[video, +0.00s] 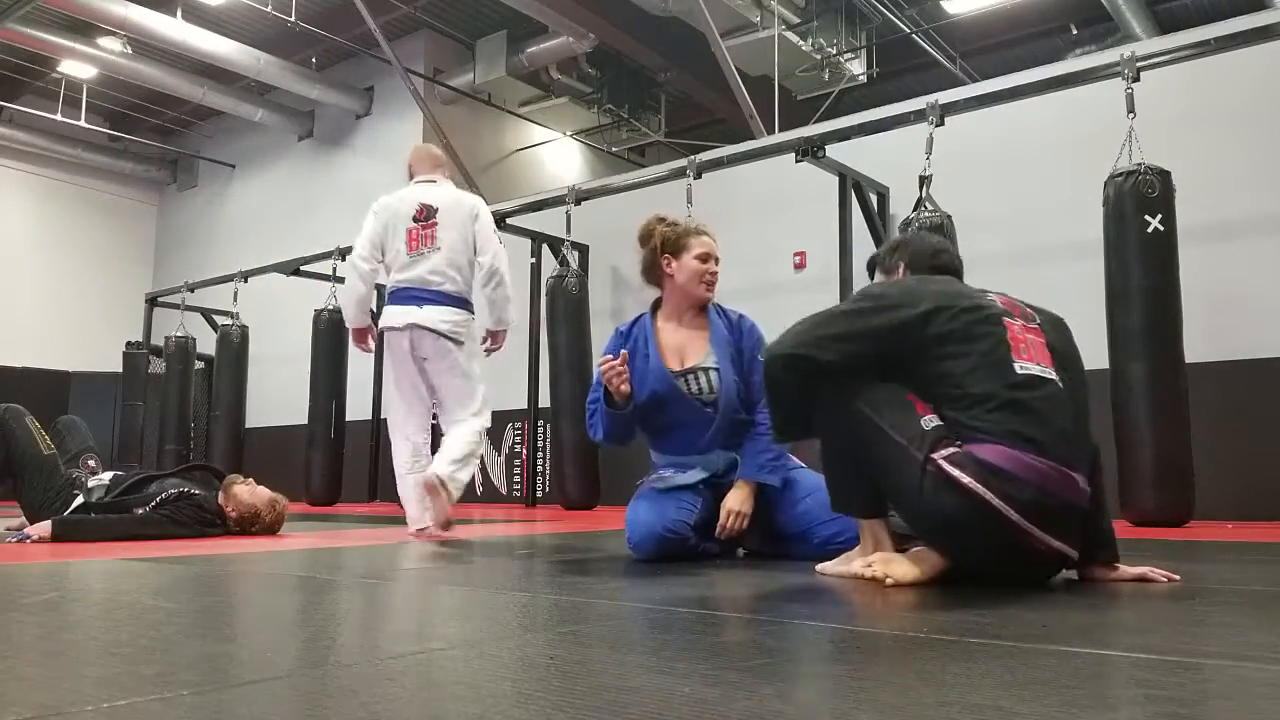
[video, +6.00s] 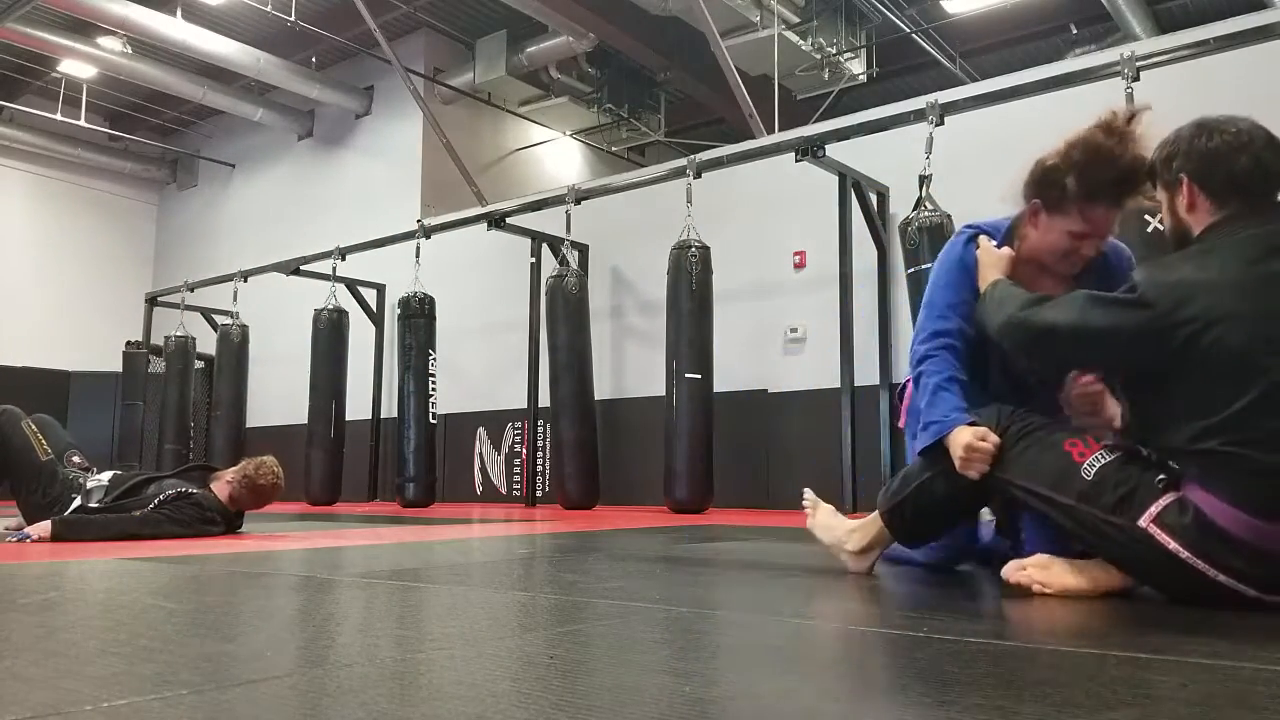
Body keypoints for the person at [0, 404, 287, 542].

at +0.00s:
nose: (247, 476)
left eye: (249, 488)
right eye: (255, 483)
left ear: (233, 510)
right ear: (235, 505)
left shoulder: (197, 513)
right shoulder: (216, 491)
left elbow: (128, 524)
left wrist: (56, 527)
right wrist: (112, 481)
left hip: (68, 501)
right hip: (101, 485)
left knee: (12, 414)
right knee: (68, 421)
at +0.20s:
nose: (247, 476)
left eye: (249, 488)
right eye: (255, 483)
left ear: (233, 510)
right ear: (235, 505)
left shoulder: (196, 513)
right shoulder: (216, 490)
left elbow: (128, 524)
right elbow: (155, 485)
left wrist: (55, 526)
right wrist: (113, 479)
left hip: (67, 500)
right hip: (101, 484)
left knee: (11, 414)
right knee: (68, 421)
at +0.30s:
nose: (246, 476)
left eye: (249, 488)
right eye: (254, 483)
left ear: (233, 510)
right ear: (235, 505)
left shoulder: (196, 513)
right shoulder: (215, 490)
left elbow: (128, 524)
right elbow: (155, 485)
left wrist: (55, 526)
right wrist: (112, 480)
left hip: (67, 500)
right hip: (101, 484)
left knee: (11, 414)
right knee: (68, 421)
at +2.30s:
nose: (251, 478)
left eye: (252, 489)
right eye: (259, 485)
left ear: (233, 509)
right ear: (237, 502)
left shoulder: (198, 513)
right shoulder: (217, 484)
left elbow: (130, 525)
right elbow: (158, 482)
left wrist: (56, 526)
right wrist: (116, 480)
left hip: (68, 499)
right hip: (101, 484)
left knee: (11, 414)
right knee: (70, 422)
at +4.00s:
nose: (210, 469)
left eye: (219, 476)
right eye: (218, 466)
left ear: (232, 501)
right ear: (222, 466)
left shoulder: (197, 512)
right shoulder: (209, 484)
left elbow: (128, 524)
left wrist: (56, 527)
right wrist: (110, 480)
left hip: (67, 502)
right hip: (100, 485)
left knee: (11, 416)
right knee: (73, 422)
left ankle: (14, 501)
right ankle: (31, 503)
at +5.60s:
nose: (225, 463)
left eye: (231, 464)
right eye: (232, 461)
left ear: (230, 475)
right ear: (250, 497)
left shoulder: (199, 513)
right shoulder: (215, 496)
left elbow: (130, 524)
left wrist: (56, 526)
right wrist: (107, 477)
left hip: (68, 501)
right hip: (95, 485)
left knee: (9, 416)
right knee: (46, 420)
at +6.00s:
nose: (228, 471)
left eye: (234, 472)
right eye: (235, 471)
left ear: (234, 475)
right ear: (255, 503)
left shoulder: (200, 512)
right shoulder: (217, 492)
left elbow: (132, 524)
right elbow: (148, 489)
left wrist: (56, 527)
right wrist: (106, 478)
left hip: (69, 501)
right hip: (97, 485)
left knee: (9, 418)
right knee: (41, 421)